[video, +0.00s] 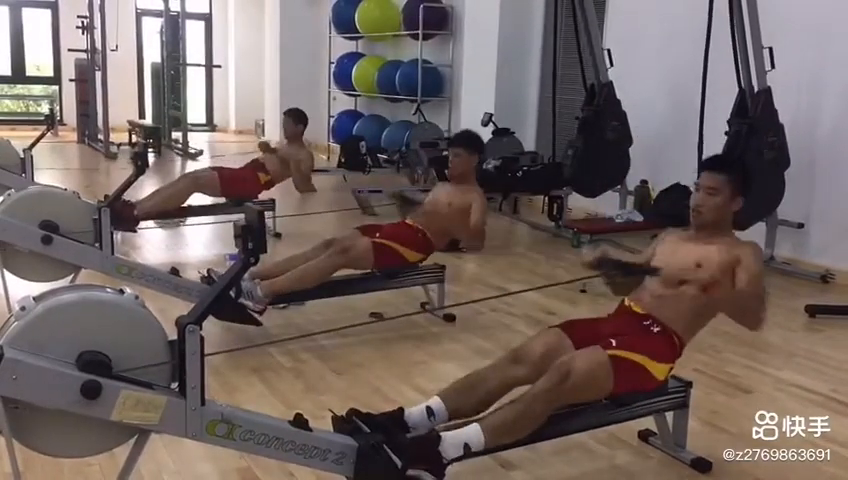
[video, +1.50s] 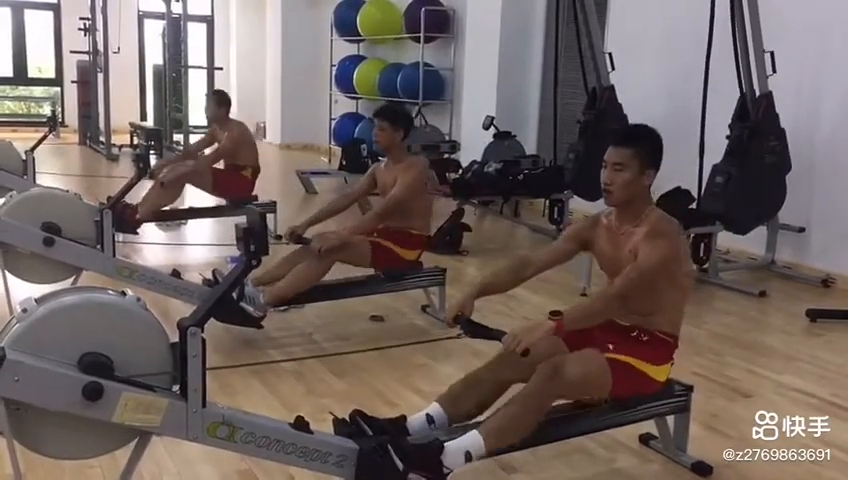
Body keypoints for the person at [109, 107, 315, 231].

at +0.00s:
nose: (284, 127)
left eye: (287, 123)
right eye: (285, 123)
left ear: (298, 126)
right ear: (293, 126)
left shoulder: (302, 154)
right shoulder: (289, 146)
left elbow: (304, 187)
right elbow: (280, 163)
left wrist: (290, 162)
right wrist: (268, 150)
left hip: (249, 182)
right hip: (242, 174)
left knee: (191, 180)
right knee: (188, 177)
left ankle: (136, 215)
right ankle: (134, 208)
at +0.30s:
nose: (267, 118)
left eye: (271, 115)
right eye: (267, 114)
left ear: (283, 117)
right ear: (274, 116)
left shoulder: (287, 143)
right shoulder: (272, 138)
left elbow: (277, 176)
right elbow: (255, 164)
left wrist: (240, 160)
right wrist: (232, 158)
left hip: (248, 183)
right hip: (240, 177)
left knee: (191, 183)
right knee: (186, 179)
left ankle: (133, 215)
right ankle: (132, 208)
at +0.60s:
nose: (245, 111)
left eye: (249, 107)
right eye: (245, 107)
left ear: (262, 109)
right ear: (254, 110)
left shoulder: (271, 135)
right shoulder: (253, 133)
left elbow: (260, 170)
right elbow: (235, 159)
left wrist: (223, 176)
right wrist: (209, 161)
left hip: (249, 188)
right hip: (238, 182)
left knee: (192, 192)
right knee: (190, 189)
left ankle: (132, 218)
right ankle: (131, 212)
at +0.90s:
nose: (232, 111)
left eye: (235, 107)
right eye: (232, 106)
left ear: (247, 109)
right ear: (244, 110)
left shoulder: (260, 135)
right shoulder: (244, 134)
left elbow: (244, 172)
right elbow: (225, 160)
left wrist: (210, 185)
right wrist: (199, 171)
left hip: (249, 188)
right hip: (238, 183)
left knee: (193, 199)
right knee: (189, 195)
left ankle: (133, 219)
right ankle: (131, 213)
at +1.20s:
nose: (221, 110)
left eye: (225, 106)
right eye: (222, 106)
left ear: (239, 109)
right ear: (232, 108)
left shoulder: (252, 133)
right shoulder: (233, 132)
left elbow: (226, 168)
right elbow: (209, 157)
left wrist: (190, 187)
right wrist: (183, 172)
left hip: (249, 187)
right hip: (236, 183)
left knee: (191, 195)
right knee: (187, 192)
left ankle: (134, 220)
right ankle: (133, 213)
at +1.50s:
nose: (205, 110)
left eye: (209, 106)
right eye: (206, 106)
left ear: (222, 109)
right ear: (217, 109)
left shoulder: (236, 131)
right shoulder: (216, 130)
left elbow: (212, 160)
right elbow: (192, 150)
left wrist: (176, 170)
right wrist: (164, 163)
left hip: (241, 186)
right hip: (231, 181)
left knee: (184, 173)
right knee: (177, 168)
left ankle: (141, 216)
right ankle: (138, 211)